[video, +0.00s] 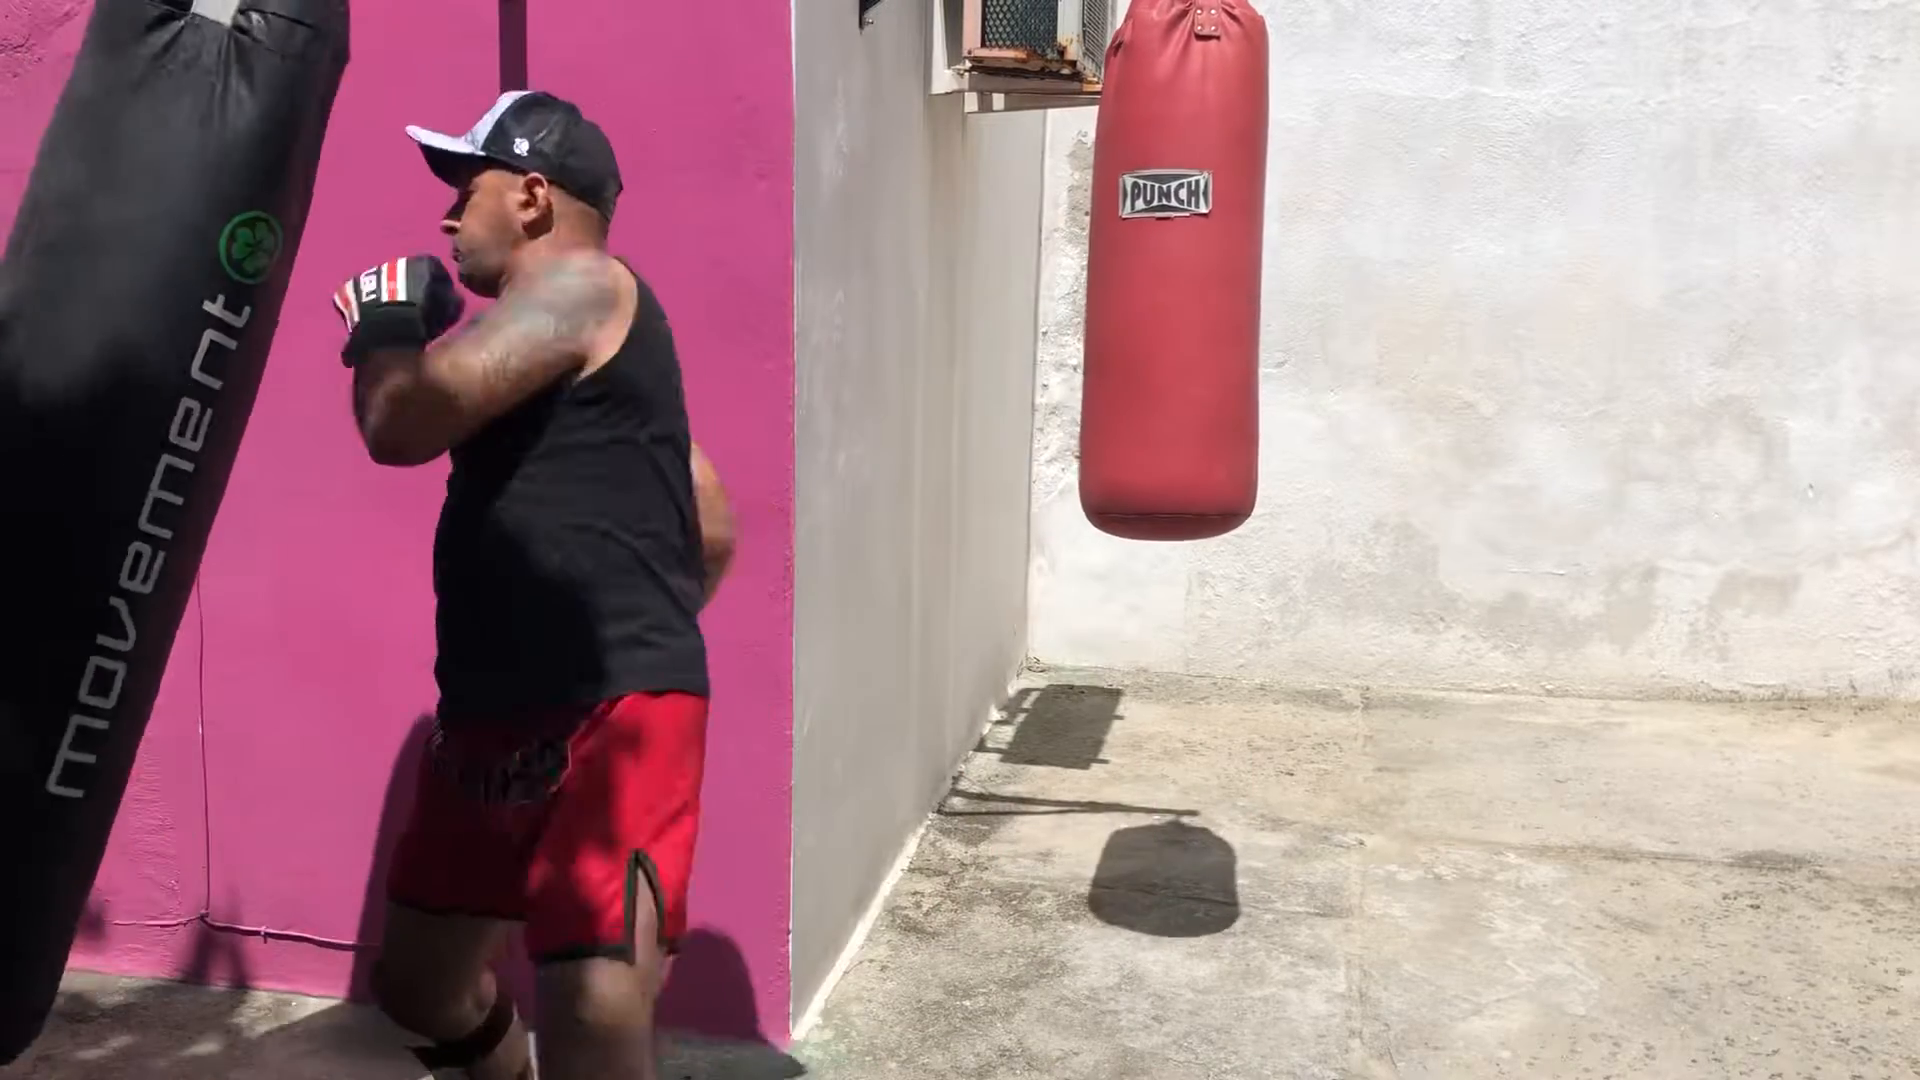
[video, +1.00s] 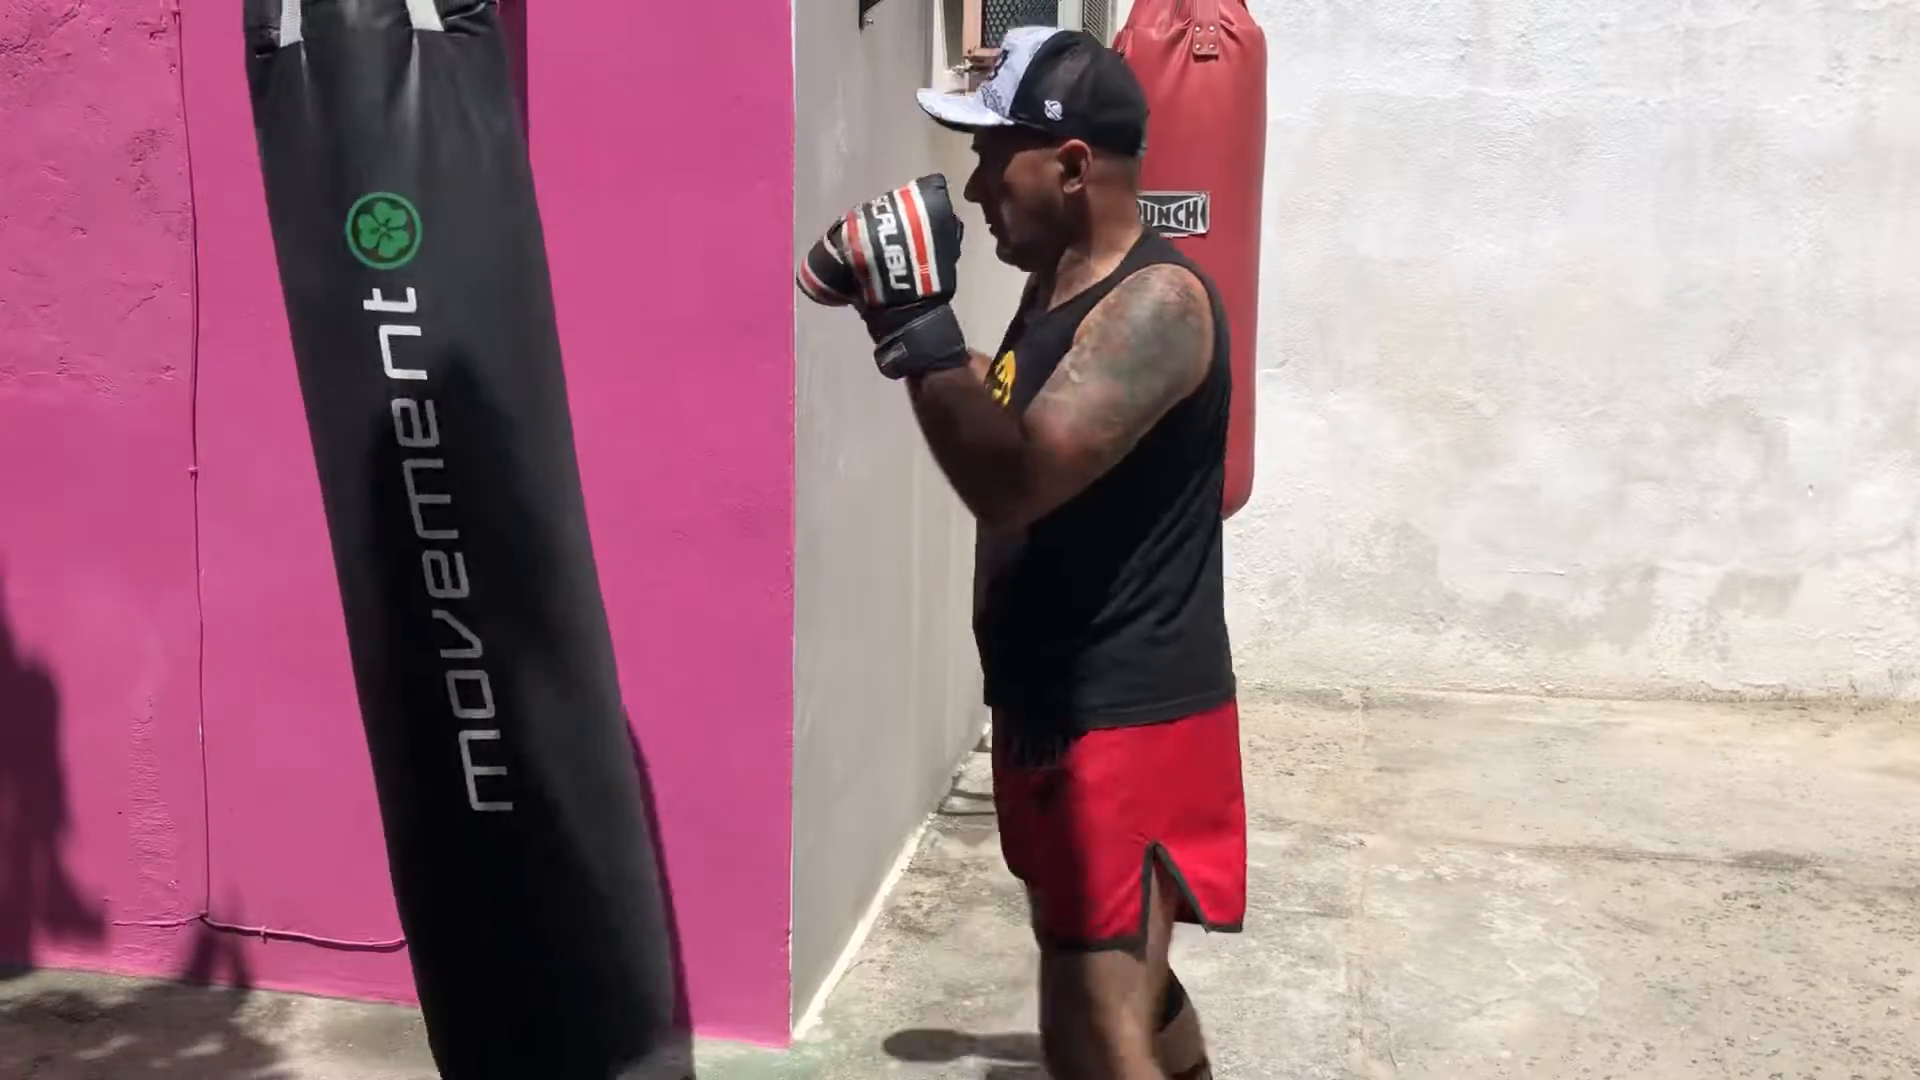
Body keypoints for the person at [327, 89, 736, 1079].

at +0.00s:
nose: (448, 208)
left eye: (467, 184)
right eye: (455, 187)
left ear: (533, 199)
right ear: (537, 202)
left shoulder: (585, 284)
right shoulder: (583, 328)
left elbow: (402, 424)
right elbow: (709, 530)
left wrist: (384, 327)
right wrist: (623, 654)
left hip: (617, 705)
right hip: (501, 702)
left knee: (596, 1023)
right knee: (425, 989)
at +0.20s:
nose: (532, 236)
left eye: (553, 212)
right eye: (539, 211)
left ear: (624, 236)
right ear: (623, 238)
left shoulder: (726, 367)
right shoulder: (593, 374)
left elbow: (571, 530)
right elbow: (541, 541)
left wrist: (466, 372)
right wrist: (414, 479)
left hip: (693, 763)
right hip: (548, 750)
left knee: (709, 1041)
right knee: (428, 1001)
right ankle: (496, 1063)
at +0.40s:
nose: (661, 192)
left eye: (676, 164)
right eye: (656, 162)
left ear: (760, 159)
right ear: (748, 160)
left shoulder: (869, 299)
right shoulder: (692, 266)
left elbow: (686, 435)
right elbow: (560, 326)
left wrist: (650, 241)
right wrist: (409, 266)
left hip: (813, 700)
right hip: (656, 692)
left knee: (803, 1001)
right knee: (574, 955)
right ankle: (674, 1058)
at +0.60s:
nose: (816, 156)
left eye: (841, 136)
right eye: (822, 131)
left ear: (924, 166)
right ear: (913, 166)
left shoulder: (994, 322)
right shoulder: (853, 265)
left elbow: (795, 463)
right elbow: (731, 335)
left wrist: (733, 273)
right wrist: (587, 256)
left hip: (936, 715)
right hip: (802, 692)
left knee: (973, 1044)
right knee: (766, 962)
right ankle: (830, 1070)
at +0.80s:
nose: (910, 186)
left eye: (929, 160)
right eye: (915, 159)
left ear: (1010, 174)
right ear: (1008, 174)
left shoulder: (1101, 320)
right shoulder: (1007, 288)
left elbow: (933, 504)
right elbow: (961, 399)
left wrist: (833, 331)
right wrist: (836, 323)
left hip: (1086, 731)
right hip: (967, 703)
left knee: (1082, 1047)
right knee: (892, 939)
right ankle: (972, 1067)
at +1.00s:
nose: (975, 181)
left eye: (995, 152)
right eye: (978, 152)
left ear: (1072, 166)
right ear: (1068, 166)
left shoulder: (1158, 300)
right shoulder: (1061, 293)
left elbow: (1007, 483)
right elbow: (997, 439)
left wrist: (912, 315)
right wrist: (904, 310)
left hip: (1120, 717)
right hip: (1059, 712)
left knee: (1097, 1041)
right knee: (1136, 1005)